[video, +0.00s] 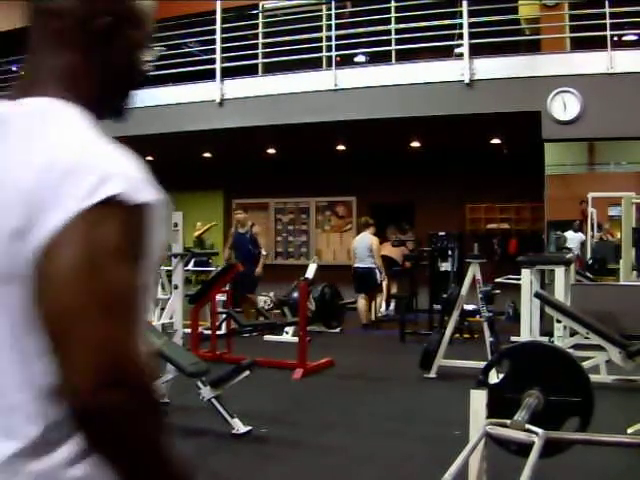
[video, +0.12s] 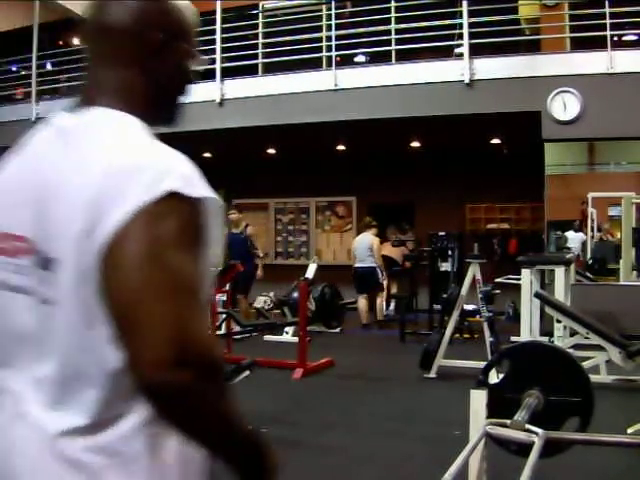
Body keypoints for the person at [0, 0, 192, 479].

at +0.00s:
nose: (143, 67)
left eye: (144, 46)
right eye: (138, 43)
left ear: (48, 28)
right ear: (100, 29)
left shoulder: (9, 127)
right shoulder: (94, 172)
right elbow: (102, 387)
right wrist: (162, 466)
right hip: (50, 461)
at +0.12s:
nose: (193, 69)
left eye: (192, 54)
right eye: (188, 52)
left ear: (94, 50)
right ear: (159, 50)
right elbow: (170, 364)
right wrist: (251, 453)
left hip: (20, 451)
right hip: (114, 463)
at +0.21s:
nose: (224, 89)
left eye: (224, 71)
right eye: (220, 70)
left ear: (133, 69)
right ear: (191, 67)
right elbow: (199, 362)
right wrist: (284, 445)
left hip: (61, 439)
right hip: (152, 460)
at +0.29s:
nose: (255, 106)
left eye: (255, 91)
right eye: (252, 90)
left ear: (173, 83)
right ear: (228, 87)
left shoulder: (112, 178)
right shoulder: (207, 191)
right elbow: (217, 363)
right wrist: (302, 446)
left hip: (106, 438)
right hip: (184, 458)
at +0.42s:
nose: (299, 126)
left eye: (301, 110)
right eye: (297, 108)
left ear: (227, 91)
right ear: (272, 98)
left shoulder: (177, 178)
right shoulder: (234, 191)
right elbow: (230, 349)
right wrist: (316, 440)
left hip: (169, 457)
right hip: (229, 464)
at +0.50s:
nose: (332, 129)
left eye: (333, 112)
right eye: (329, 111)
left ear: (261, 93)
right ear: (303, 102)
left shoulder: (224, 167)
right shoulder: (250, 182)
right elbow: (233, 334)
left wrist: (320, 355)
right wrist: (327, 430)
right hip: (246, 460)